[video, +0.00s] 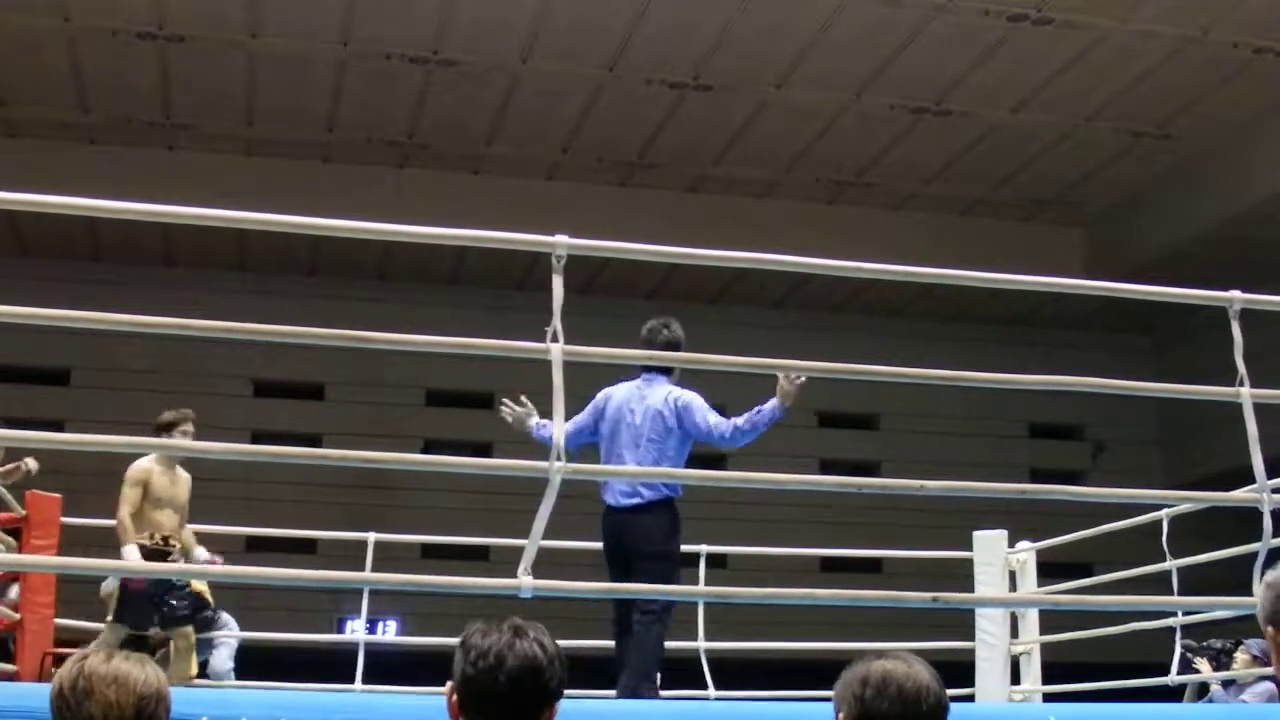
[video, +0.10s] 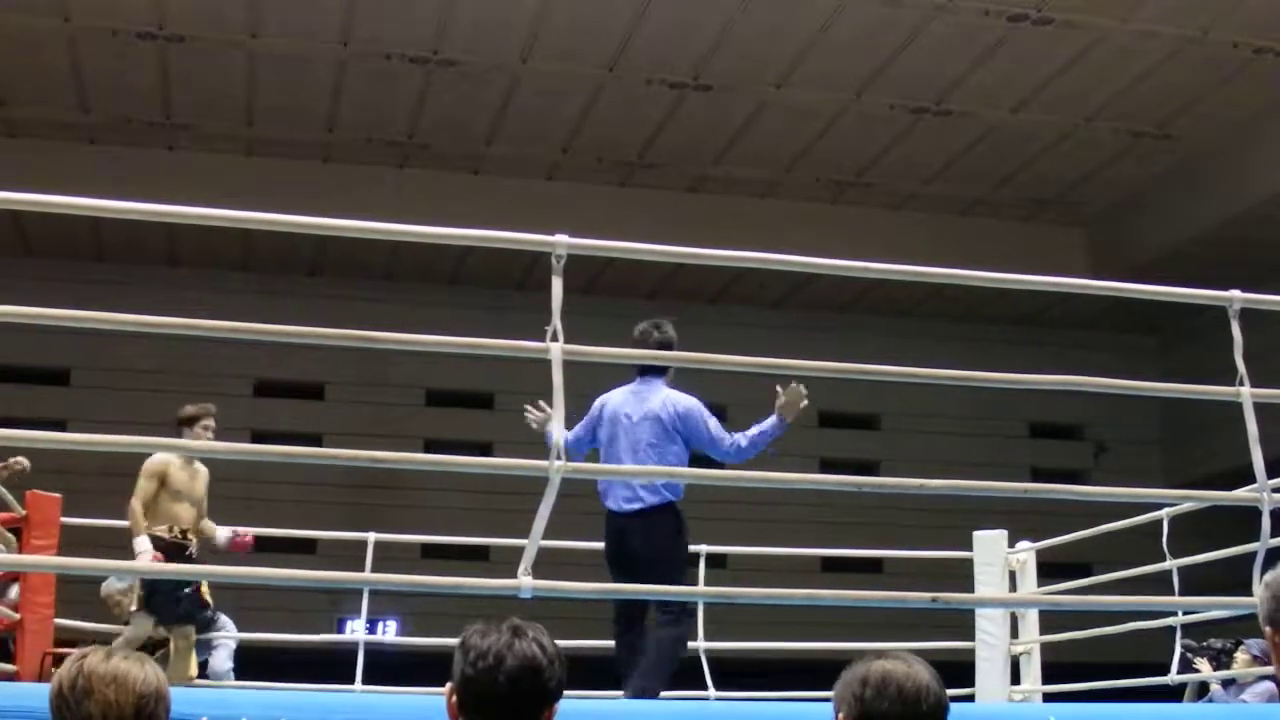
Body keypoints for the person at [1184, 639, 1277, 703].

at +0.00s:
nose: (1234, 655)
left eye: (1243, 652)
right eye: (1236, 651)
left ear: (1258, 661)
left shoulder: (1266, 688)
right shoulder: (1230, 689)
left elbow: (1233, 711)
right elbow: (1190, 711)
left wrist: (1212, 680)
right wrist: (1194, 678)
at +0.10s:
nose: (1234, 655)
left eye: (1243, 652)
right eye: (1237, 651)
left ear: (1259, 661)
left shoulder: (1266, 687)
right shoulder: (1230, 689)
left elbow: (1233, 711)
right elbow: (1192, 711)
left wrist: (1212, 680)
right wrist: (1194, 678)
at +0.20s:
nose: (1235, 655)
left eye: (1244, 652)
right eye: (1237, 651)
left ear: (1259, 662)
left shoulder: (1267, 687)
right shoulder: (1229, 688)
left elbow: (1233, 711)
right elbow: (1189, 711)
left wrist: (1213, 679)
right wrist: (1195, 678)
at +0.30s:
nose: (1236, 655)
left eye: (1244, 652)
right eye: (1238, 651)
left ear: (1259, 661)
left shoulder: (1268, 687)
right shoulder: (1229, 689)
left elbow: (1234, 711)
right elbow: (1190, 712)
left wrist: (1213, 678)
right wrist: (1195, 678)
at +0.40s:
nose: (1236, 655)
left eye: (1245, 652)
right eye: (1239, 651)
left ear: (1260, 661)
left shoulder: (1269, 687)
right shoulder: (1229, 688)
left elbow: (1237, 710)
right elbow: (1191, 710)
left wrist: (1213, 676)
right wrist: (1196, 678)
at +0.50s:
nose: (1238, 654)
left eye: (1246, 651)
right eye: (1240, 651)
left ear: (1261, 660)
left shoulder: (1270, 687)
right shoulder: (1229, 688)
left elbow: (1240, 709)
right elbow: (1194, 710)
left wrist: (1215, 675)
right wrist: (1197, 678)